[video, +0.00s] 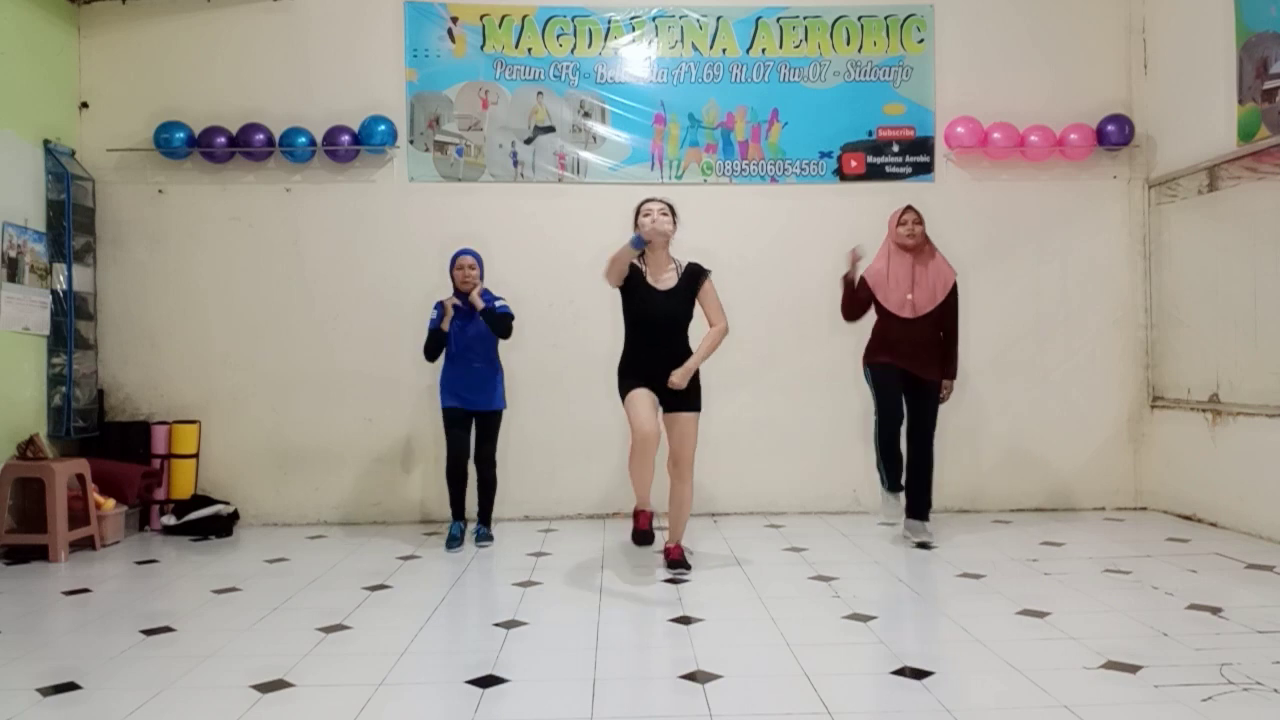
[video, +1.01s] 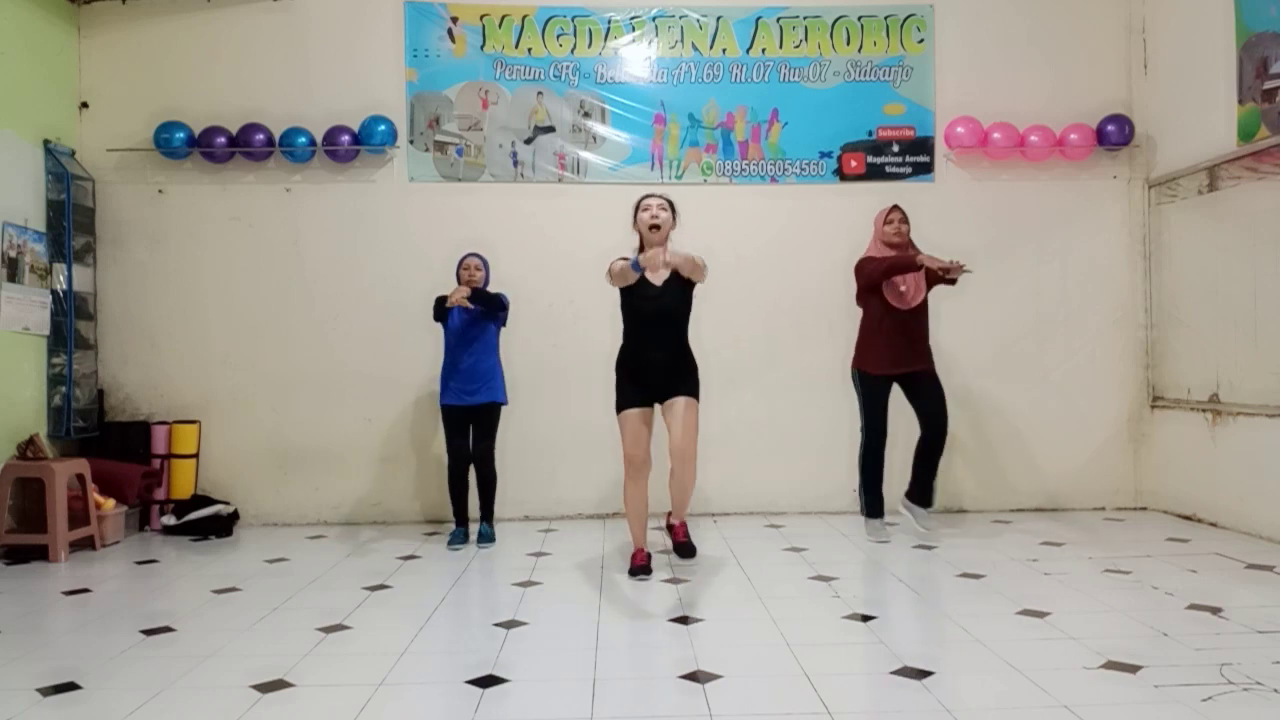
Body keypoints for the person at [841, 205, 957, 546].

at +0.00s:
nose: (911, 228)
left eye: (916, 223)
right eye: (904, 224)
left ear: (925, 230)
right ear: (892, 232)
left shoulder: (941, 272)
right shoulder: (881, 270)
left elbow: (950, 327)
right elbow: (852, 312)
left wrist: (949, 373)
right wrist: (850, 276)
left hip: (926, 364)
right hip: (885, 359)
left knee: (922, 441)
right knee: (889, 417)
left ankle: (917, 519)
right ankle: (891, 489)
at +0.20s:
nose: (911, 232)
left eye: (916, 227)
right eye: (903, 226)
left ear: (923, 234)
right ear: (891, 235)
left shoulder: (930, 273)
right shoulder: (877, 271)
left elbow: (940, 328)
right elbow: (880, 267)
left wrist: (950, 374)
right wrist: (908, 247)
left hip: (919, 369)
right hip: (879, 369)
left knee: (943, 431)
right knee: (883, 443)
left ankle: (922, 506)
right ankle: (884, 519)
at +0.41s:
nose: (910, 233)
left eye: (914, 228)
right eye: (902, 229)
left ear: (922, 234)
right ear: (890, 238)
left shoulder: (933, 276)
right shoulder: (878, 271)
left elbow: (938, 327)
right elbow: (878, 280)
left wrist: (972, 323)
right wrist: (904, 272)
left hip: (921, 368)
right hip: (879, 368)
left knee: (934, 441)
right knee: (883, 442)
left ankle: (920, 509)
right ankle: (884, 518)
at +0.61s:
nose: (909, 229)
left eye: (914, 224)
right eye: (901, 225)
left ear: (922, 231)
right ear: (890, 234)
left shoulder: (936, 271)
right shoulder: (879, 269)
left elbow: (966, 298)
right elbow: (876, 278)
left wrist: (967, 265)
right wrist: (903, 270)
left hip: (923, 367)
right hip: (882, 363)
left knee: (927, 444)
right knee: (885, 436)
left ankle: (919, 519)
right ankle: (885, 512)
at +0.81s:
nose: (904, 233)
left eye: (909, 228)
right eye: (896, 229)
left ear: (916, 236)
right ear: (885, 237)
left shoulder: (924, 269)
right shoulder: (872, 272)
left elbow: (930, 293)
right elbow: (878, 278)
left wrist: (941, 275)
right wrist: (916, 261)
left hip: (924, 369)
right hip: (884, 370)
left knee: (922, 443)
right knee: (889, 438)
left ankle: (917, 517)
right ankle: (876, 513)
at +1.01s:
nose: (898, 226)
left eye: (902, 221)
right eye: (890, 222)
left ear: (910, 230)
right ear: (878, 232)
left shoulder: (918, 264)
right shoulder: (866, 265)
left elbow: (932, 278)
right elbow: (883, 269)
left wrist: (948, 274)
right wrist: (919, 261)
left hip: (914, 361)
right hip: (874, 363)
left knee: (936, 426)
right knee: (874, 436)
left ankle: (917, 501)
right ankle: (873, 514)